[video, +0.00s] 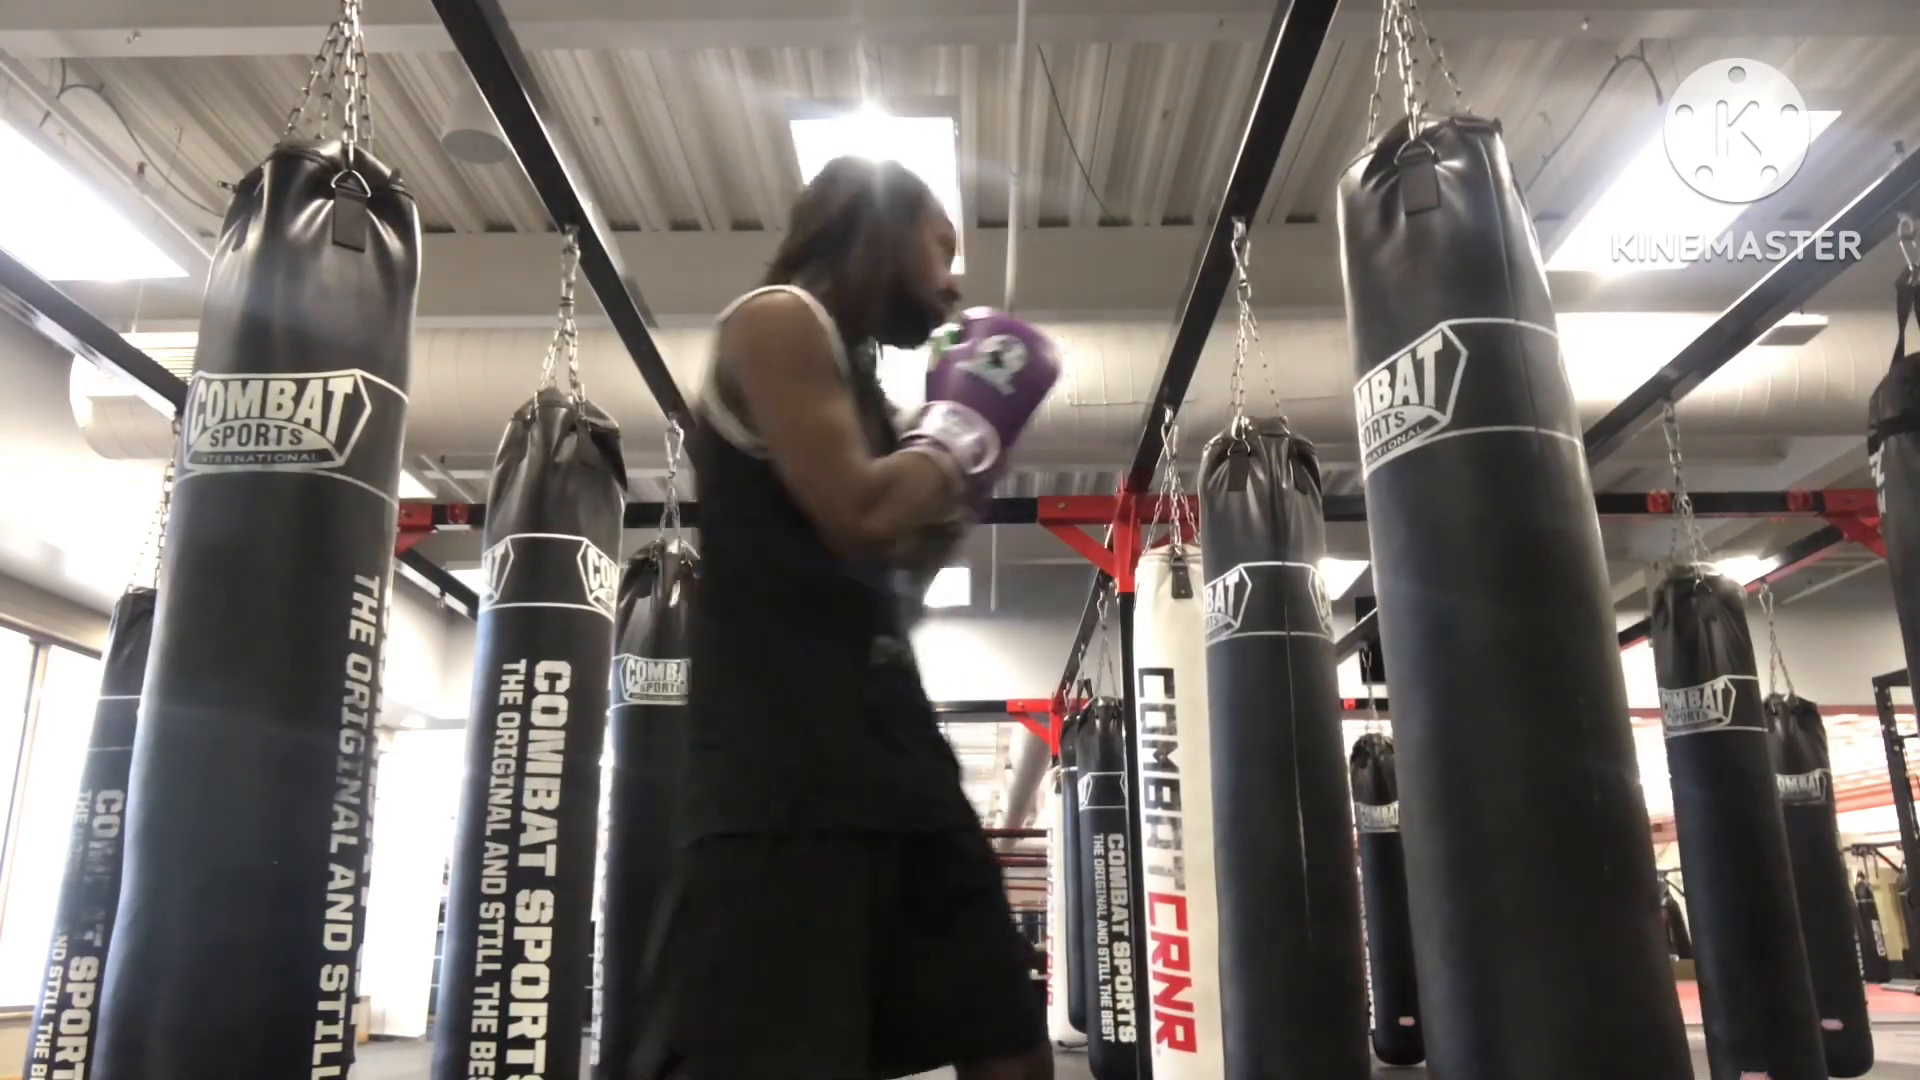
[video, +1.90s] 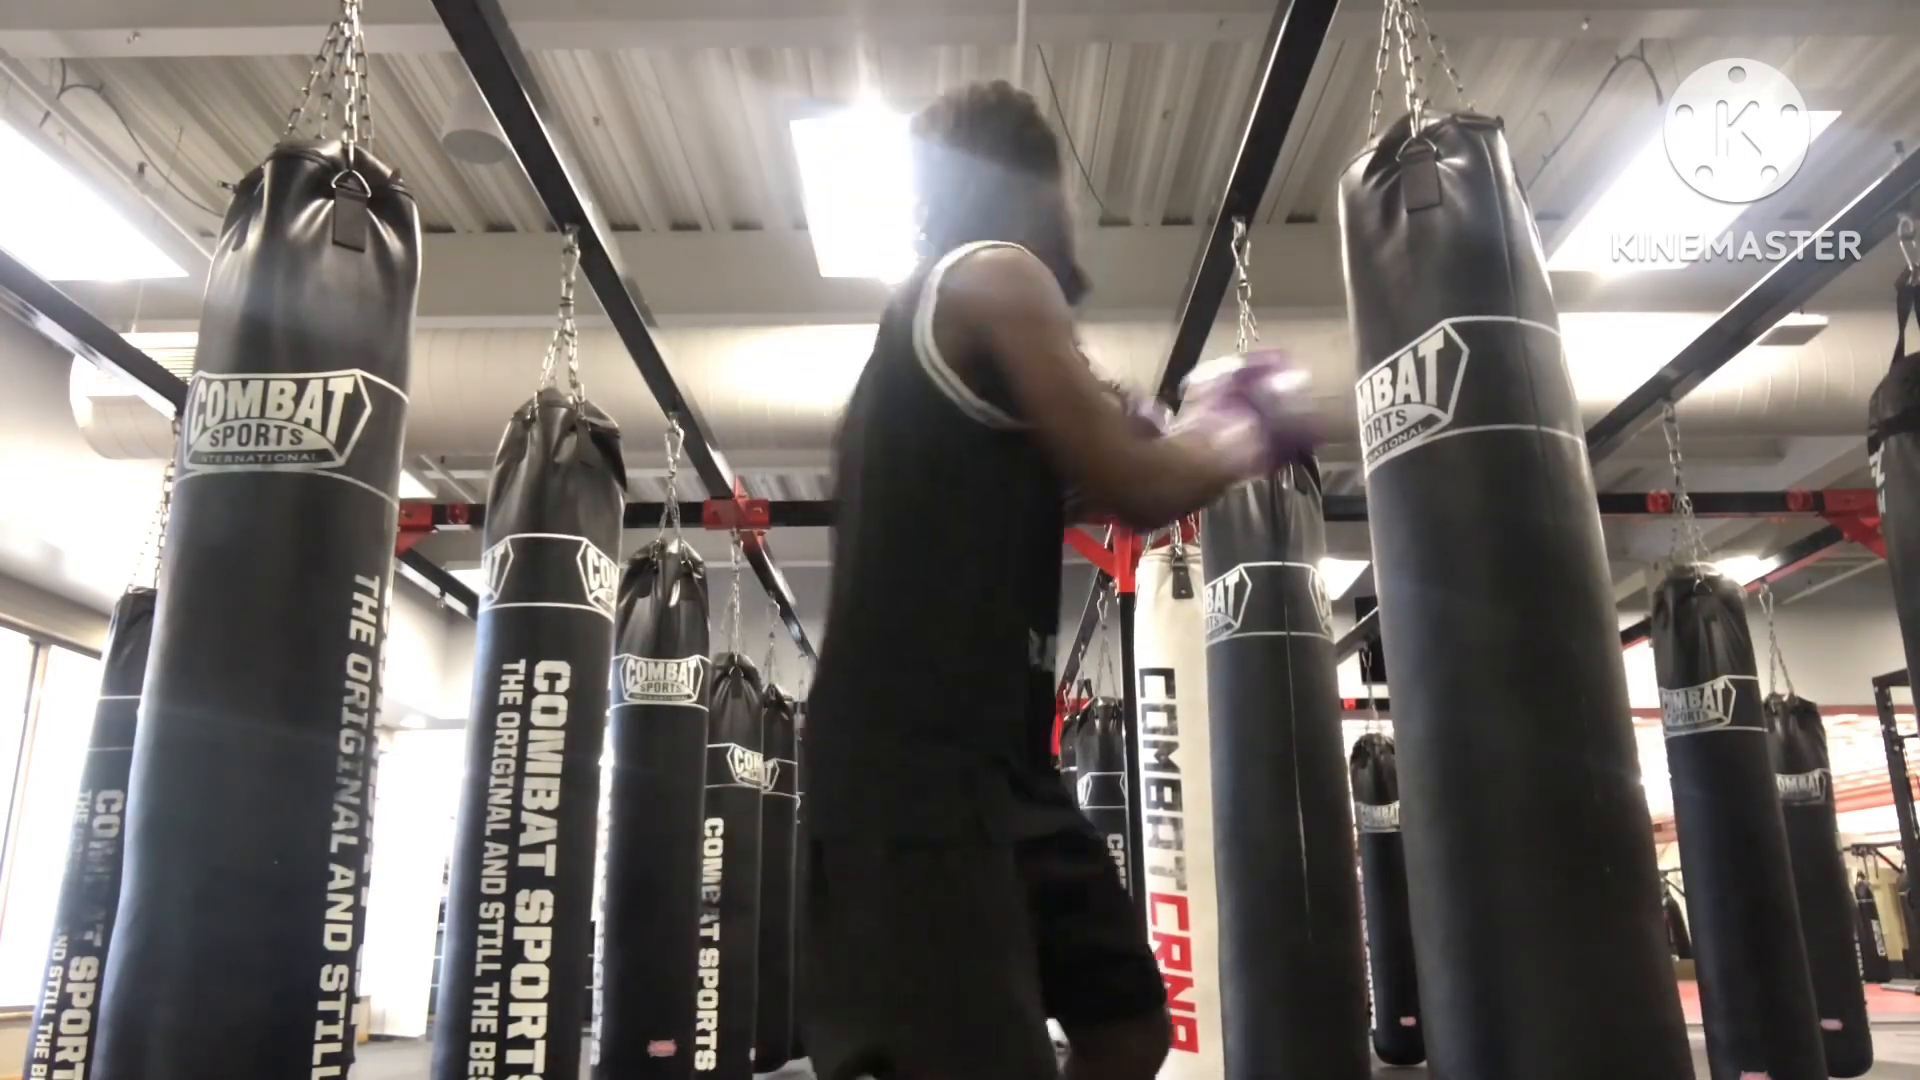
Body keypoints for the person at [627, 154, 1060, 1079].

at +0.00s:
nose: (954, 278)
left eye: (954, 253)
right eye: (942, 248)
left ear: (879, 245)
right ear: (878, 237)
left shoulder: (849, 373)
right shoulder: (776, 318)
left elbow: (912, 555)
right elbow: (860, 513)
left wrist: (964, 451)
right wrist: (960, 420)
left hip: (872, 734)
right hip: (790, 738)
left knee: (1003, 1031)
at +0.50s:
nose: (1029, 235)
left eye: (1027, 213)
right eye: (1019, 207)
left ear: (922, 192)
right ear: (974, 196)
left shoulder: (885, 288)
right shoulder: (904, 260)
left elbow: (1000, 485)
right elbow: (1004, 479)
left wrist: (1071, 395)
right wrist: (1078, 392)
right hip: (888, 753)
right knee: (923, 1035)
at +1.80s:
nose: (1056, 200)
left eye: (1050, 174)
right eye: (1047, 172)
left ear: (915, 187)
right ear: (1017, 172)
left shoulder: (871, 350)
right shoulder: (988, 268)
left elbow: (1001, 543)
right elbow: (1160, 452)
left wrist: (1165, 471)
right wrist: (1235, 429)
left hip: (863, 796)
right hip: (944, 797)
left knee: (1102, 1045)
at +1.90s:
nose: (1076, 210)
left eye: (1070, 182)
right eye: (1068, 180)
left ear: (946, 184)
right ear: (1030, 181)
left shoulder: (929, 312)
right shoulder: (997, 279)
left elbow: (1088, 481)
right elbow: (1138, 485)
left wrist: (1199, 424)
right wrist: (1255, 442)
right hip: (933, 779)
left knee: (1124, 1031)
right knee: (980, 1055)